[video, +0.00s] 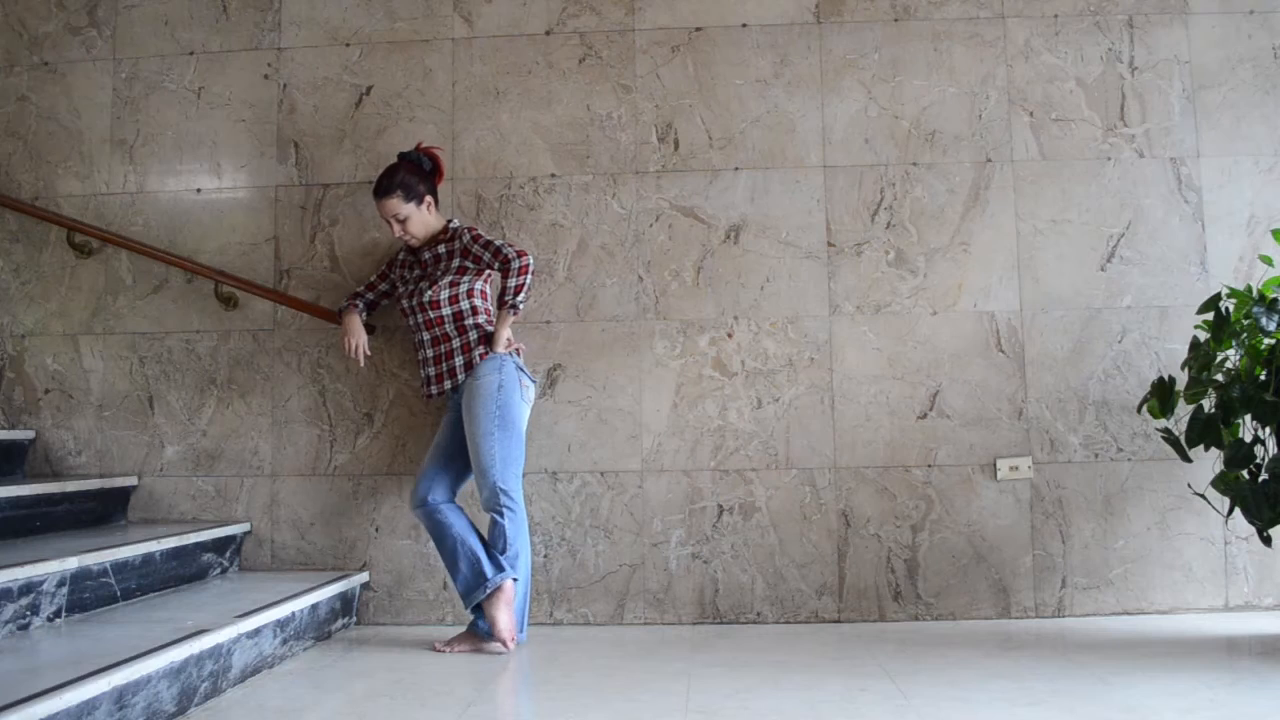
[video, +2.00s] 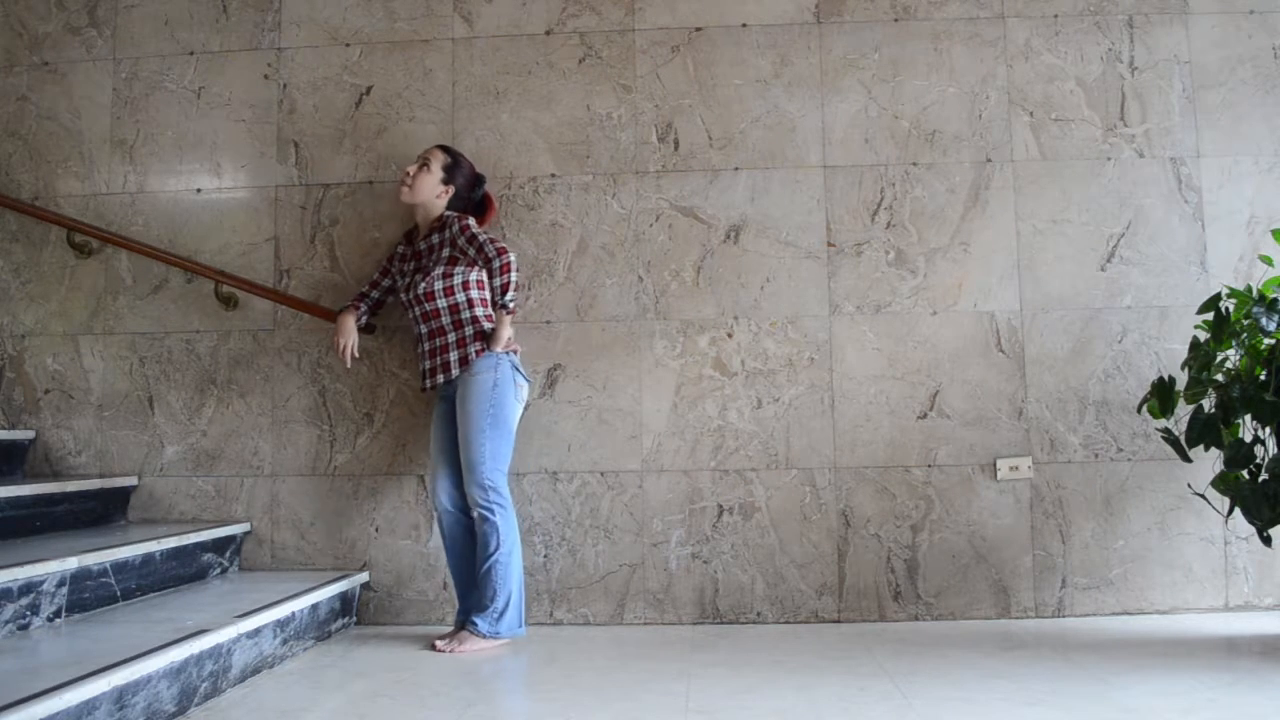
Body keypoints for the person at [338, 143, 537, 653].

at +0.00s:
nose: (397, 231)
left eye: (400, 219)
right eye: (389, 223)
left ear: (428, 202)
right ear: (391, 218)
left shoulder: (464, 239)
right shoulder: (405, 262)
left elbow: (517, 261)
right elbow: (364, 297)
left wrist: (505, 322)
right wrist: (352, 316)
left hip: (493, 371)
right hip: (460, 392)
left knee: (500, 492)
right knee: (430, 496)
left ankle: (499, 628)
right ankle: (494, 591)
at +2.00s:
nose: (408, 169)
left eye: (422, 166)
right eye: (413, 163)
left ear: (447, 189)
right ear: (421, 187)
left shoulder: (460, 228)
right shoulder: (405, 252)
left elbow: (503, 259)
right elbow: (376, 290)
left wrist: (503, 326)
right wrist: (350, 314)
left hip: (487, 365)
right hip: (448, 381)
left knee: (486, 490)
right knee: (448, 497)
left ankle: (499, 623)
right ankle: (474, 618)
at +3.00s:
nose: (435, 175)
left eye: (444, 165)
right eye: (432, 168)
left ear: (475, 169)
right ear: (433, 177)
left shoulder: (517, 232)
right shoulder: (427, 239)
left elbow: (538, 302)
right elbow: (395, 312)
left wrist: (553, 368)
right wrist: (355, 383)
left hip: (499, 372)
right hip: (442, 376)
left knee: (499, 487)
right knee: (457, 499)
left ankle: (533, 610)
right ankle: (475, 617)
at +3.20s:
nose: (450, 170)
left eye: (460, 161)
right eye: (444, 165)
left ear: (489, 170)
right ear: (440, 178)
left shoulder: (523, 232)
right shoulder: (429, 237)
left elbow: (536, 305)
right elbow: (427, 312)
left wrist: (539, 376)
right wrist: (442, 382)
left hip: (505, 376)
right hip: (448, 378)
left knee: (499, 486)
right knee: (459, 499)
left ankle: (529, 616)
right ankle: (476, 615)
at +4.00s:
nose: (507, 155)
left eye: (508, 148)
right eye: (496, 147)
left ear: (502, 160)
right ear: (461, 156)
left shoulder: (522, 221)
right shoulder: (432, 219)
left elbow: (547, 294)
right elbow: (403, 297)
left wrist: (580, 361)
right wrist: (373, 373)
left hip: (517, 369)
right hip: (455, 372)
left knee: (515, 479)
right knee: (472, 496)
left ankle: (535, 603)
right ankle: (483, 621)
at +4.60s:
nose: (539, 155)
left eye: (540, 146)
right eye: (528, 145)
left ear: (520, 154)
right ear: (493, 151)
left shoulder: (546, 224)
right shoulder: (453, 214)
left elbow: (580, 297)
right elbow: (397, 276)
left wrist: (629, 342)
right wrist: (326, 303)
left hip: (531, 374)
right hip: (467, 372)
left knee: (517, 502)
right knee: (470, 506)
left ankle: (501, 631)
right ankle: (466, 608)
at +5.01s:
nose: (544, 157)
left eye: (547, 148)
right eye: (534, 147)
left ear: (544, 153)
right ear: (498, 150)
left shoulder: (551, 214)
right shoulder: (470, 212)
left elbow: (570, 290)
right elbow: (435, 282)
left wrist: (621, 325)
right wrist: (393, 335)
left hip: (543, 370)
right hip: (484, 365)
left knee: (527, 503)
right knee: (484, 494)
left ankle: (500, 633)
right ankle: (422, 621)